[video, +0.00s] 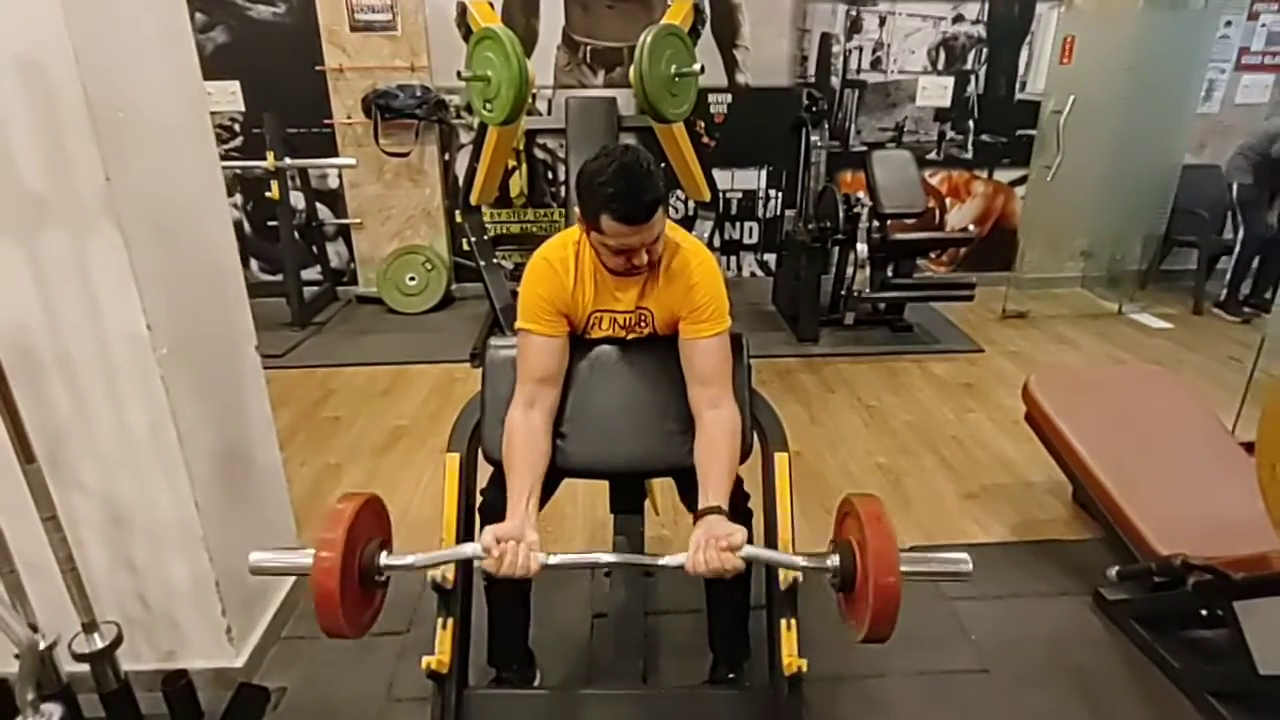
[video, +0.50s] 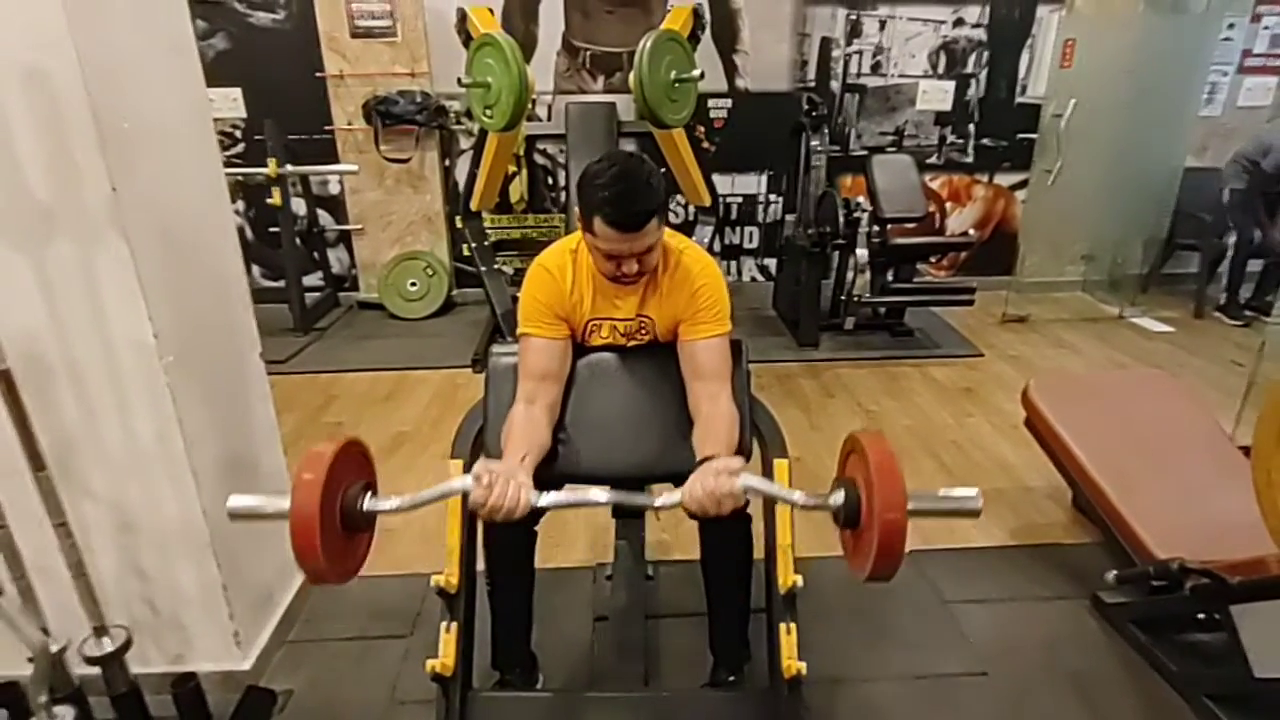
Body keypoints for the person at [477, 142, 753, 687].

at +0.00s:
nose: (641, 260)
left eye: (651, 243)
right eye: (621, 249)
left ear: (663, 215)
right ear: (587, 227)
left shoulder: (693, 269)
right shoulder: (550, 269)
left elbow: (714, 400)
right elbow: (534, 399)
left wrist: (713, 512)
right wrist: (518, 516)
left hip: (669, 405)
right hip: (573, 403)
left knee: (731, 514)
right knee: (496, 512)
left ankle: (729, 671)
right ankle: (511, 672)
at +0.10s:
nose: (640, 260)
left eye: (650, 243)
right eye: (620, 249)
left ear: (663, 215)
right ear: (587, 226)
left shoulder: (693, 269)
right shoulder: (550, 269)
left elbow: (713, 399)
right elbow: (533, 397)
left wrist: (712, 507)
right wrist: (517, 512)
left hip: (669, 406)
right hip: (572, 405)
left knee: (730, 515)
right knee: (496, 512)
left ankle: (728, 670)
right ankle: (511, 672)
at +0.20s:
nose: (638, 261)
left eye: (650, 245)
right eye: (620, 250)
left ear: (664, 215)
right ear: (587, 226)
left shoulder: (694, 270)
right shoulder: (551, 270)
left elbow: (714, 396)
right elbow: (534, 396)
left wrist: (713, 489)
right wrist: (514, 497)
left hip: (670, 407)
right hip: (573, 406)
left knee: (726, 509)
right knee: (503, 513)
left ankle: (731, 669)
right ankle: (513, 673)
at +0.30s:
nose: (637, 263)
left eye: (649, 246)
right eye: (619, 251)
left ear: (663, 217)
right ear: (587, 227)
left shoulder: (694, 270)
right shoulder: (551, 271)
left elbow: (713, 394)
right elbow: (533, 397)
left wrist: (712, 486)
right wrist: (514, 495)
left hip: (669, 409)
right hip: (572, 408)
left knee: (727, 510)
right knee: (503, 513)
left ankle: (730, 671)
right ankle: (512, 674)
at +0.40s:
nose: (630, 267)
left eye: (643, 251)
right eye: (612, 254)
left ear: (662, 223)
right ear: (584, 229)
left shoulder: (693, 273)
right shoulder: (550, 274)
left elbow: (710, 385)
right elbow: (533, 395)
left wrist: (713, 465)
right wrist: (511, 473)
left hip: (667, 415)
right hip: (572, 414)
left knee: (722, 489)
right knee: (501, 492)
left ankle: (728, 668)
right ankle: (512, 670)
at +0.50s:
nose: (629, 268)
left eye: (643, 252)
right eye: (612, 255)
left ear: (662, 223)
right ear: (585, 229)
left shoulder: (696, 274)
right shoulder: (551, 274)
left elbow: (711, 383)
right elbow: (535, 394)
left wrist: (716, 460)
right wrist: (513, 468)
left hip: (670, 424)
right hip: (573, 426)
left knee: (724, 489)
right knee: (502, 489)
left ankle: (730, 669)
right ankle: (513, 670)